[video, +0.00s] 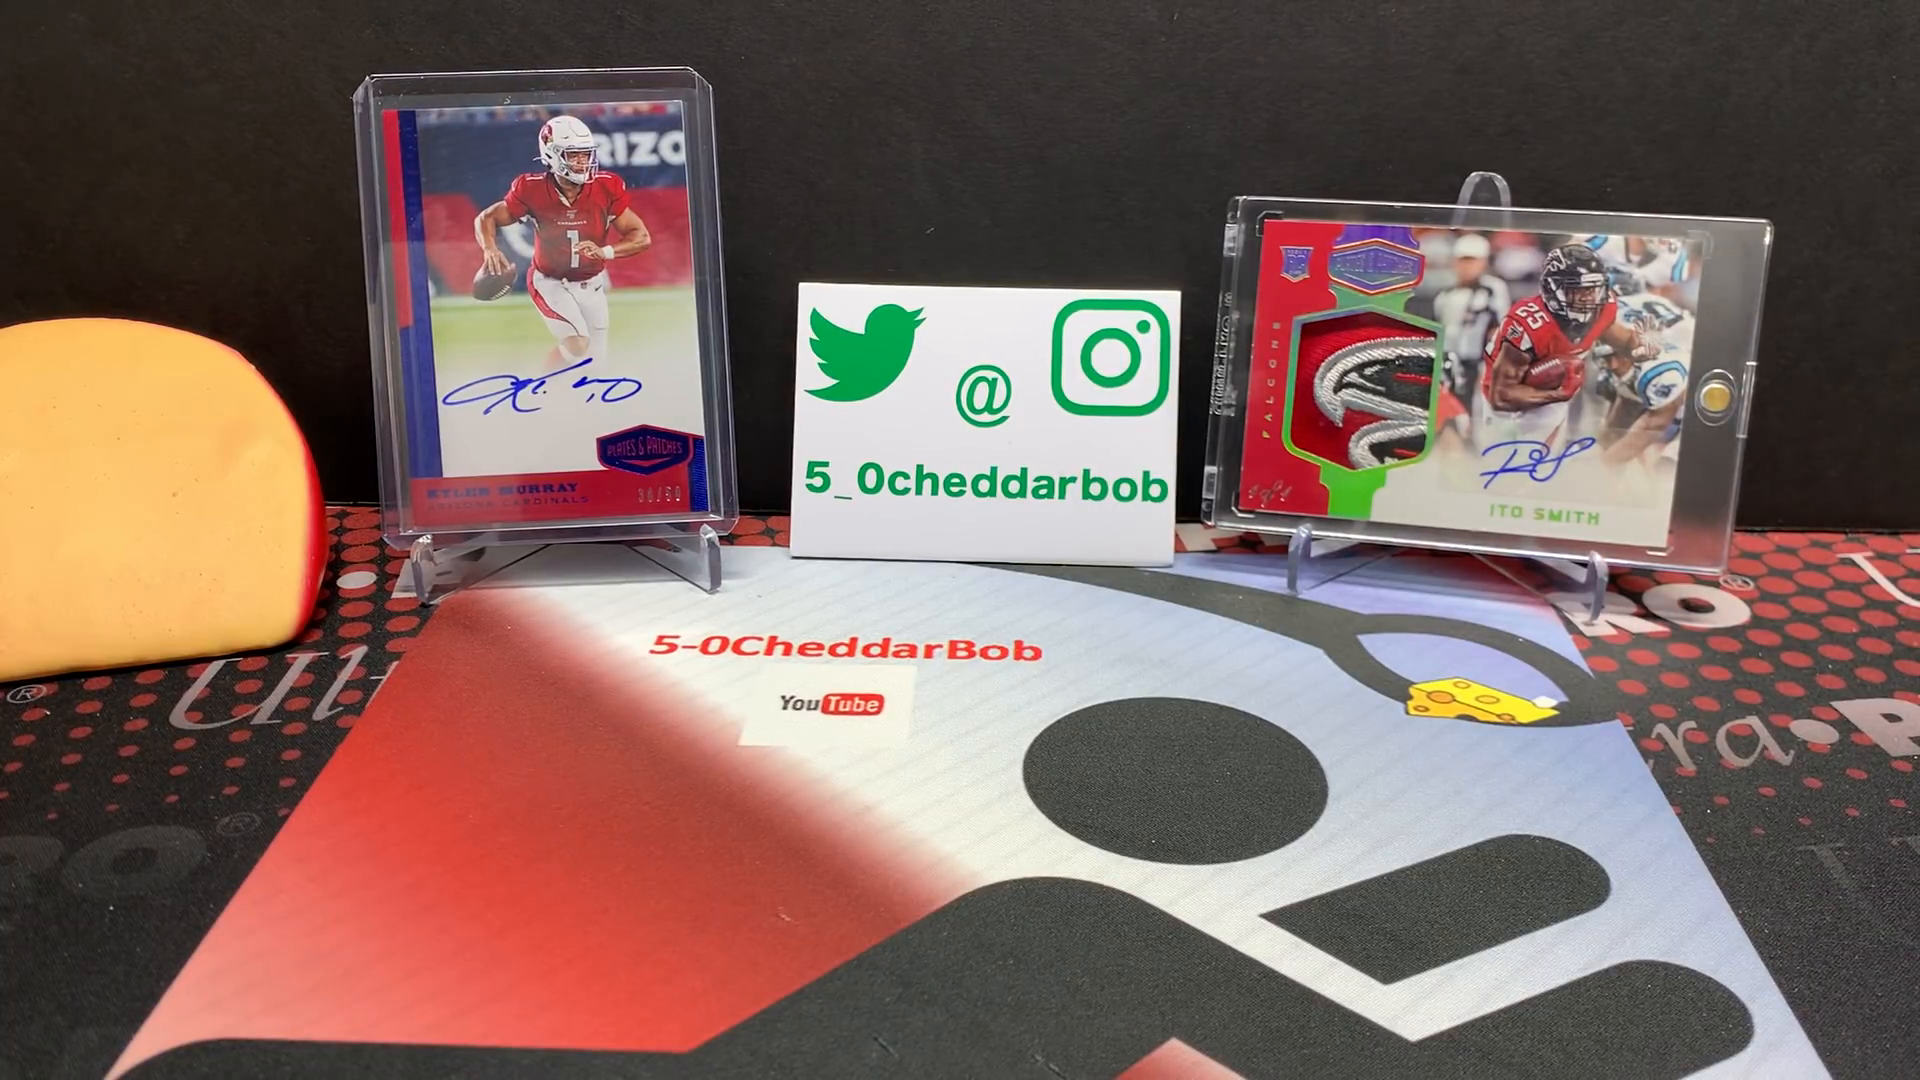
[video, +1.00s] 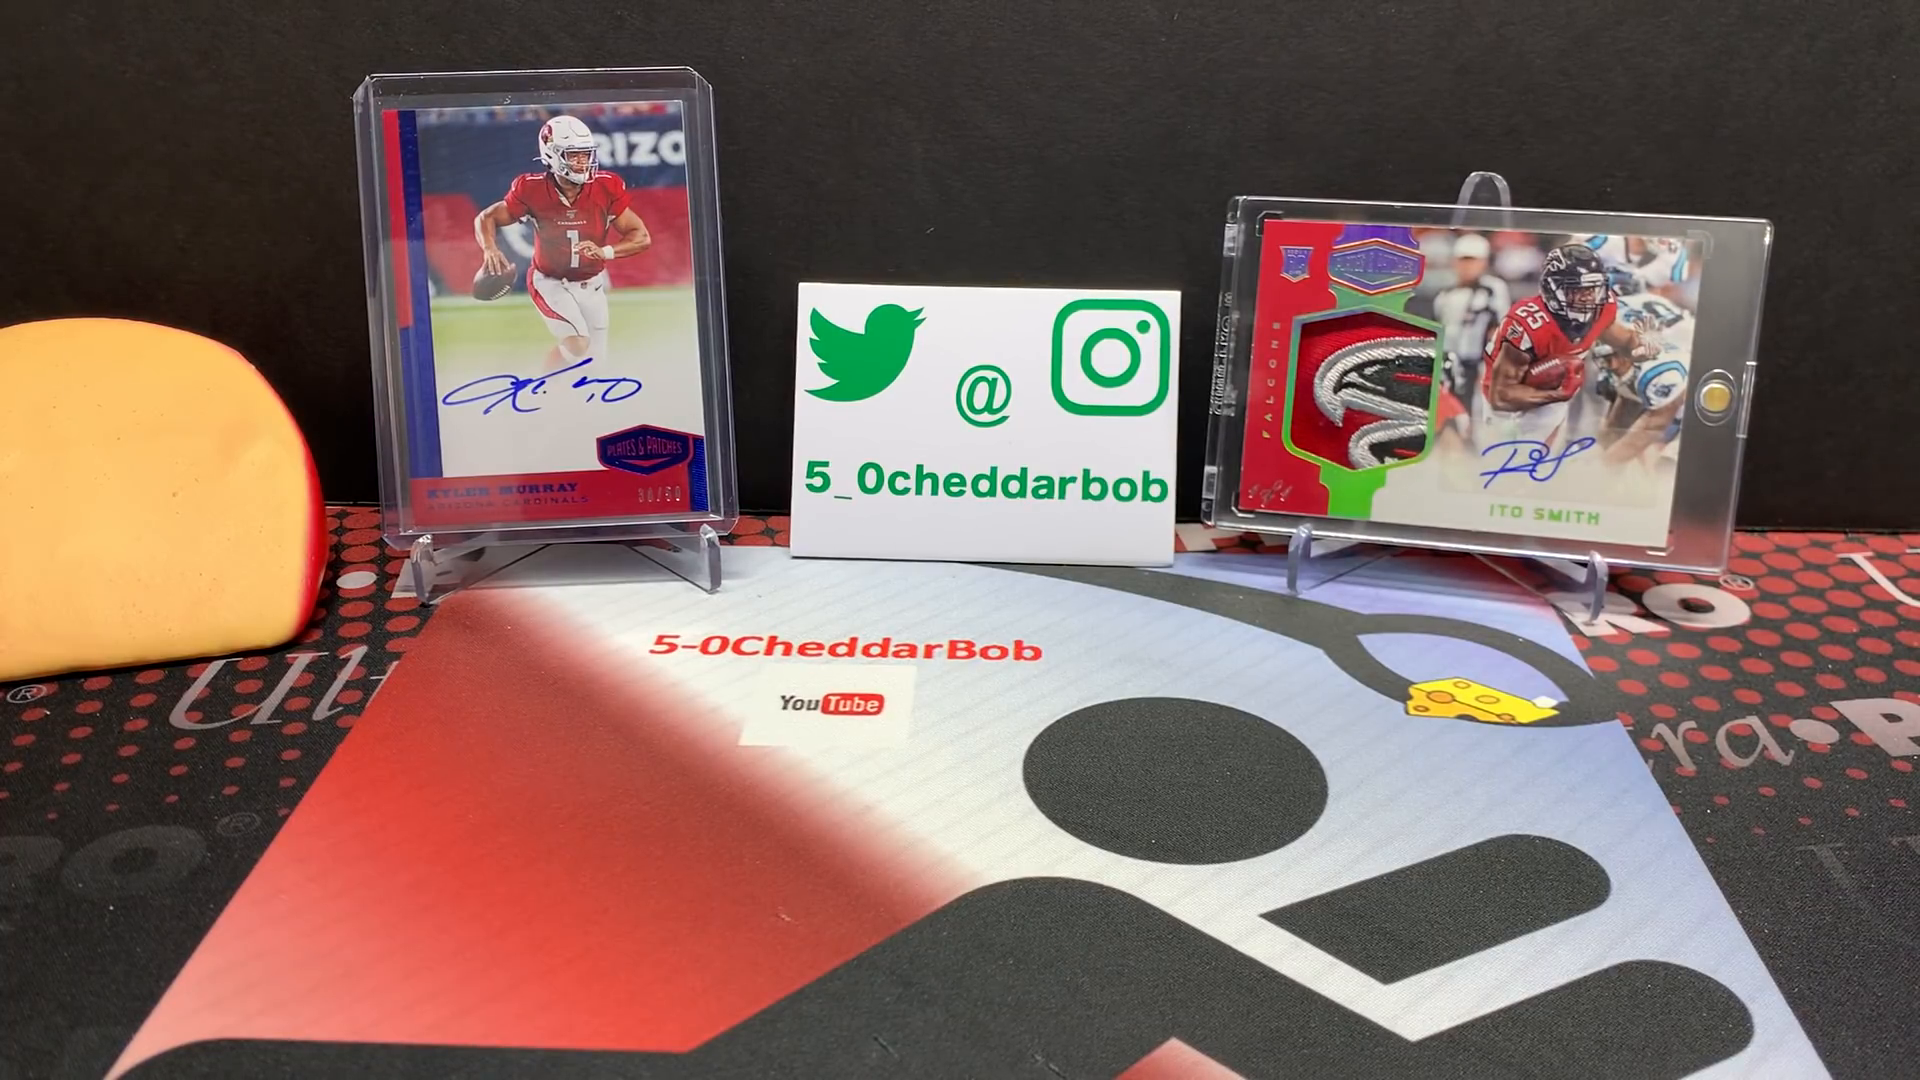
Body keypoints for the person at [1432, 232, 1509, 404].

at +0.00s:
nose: (1467, 266)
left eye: (1473, 259)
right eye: (1463, 259)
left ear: (1484, 261)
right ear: (1456, 262)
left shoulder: (1495, 288)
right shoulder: (1443, 297)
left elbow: (1503, 328)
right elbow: (1441, 332)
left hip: (1482, 365)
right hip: (1450, 365)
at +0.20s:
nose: (1467, 266)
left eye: (1473, 259)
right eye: (1463, 259)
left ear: (1484, 262)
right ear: (1455, 262)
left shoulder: (1495, 288)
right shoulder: (1443, 297)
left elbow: (1502, 329)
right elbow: (1439, 332)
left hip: (1482, 366)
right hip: (1450, 365)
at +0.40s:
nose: (1467, 266)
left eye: (1473, 259)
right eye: (1463, 259)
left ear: (1484, 262)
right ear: (1455, 262)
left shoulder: (1495, 288)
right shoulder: (1443, 297)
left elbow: (1502, 328)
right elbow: (1440, 334)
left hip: (1483, 367)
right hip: (1451, 367)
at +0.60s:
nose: (1467, 265)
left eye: (1473, 259)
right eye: (1463, 259)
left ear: (1484, 261)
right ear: (1456, 261)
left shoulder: (1495, 288)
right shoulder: (1443, 297)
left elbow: (1502, 328)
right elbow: (1440, 333)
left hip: (1482, 366)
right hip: (1450, 365)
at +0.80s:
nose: (1467, 266)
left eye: (1473, 259)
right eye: (1463, 259)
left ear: (1484, 261)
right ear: (1455, 262)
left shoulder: (1495, 288)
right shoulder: (1443, 297)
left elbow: (1501, 328)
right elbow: (1440, 333)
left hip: (1483, 366)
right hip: (1451, 366)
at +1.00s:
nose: (1467, 266)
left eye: (1473, 259)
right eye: (1463, 259)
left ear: (1484, 262)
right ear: (1455, 262)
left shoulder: (1495, 288)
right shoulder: (1443, 297)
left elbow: (1502, 328)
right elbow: (1440, 333)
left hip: (1482, 366)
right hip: (1450, 366)